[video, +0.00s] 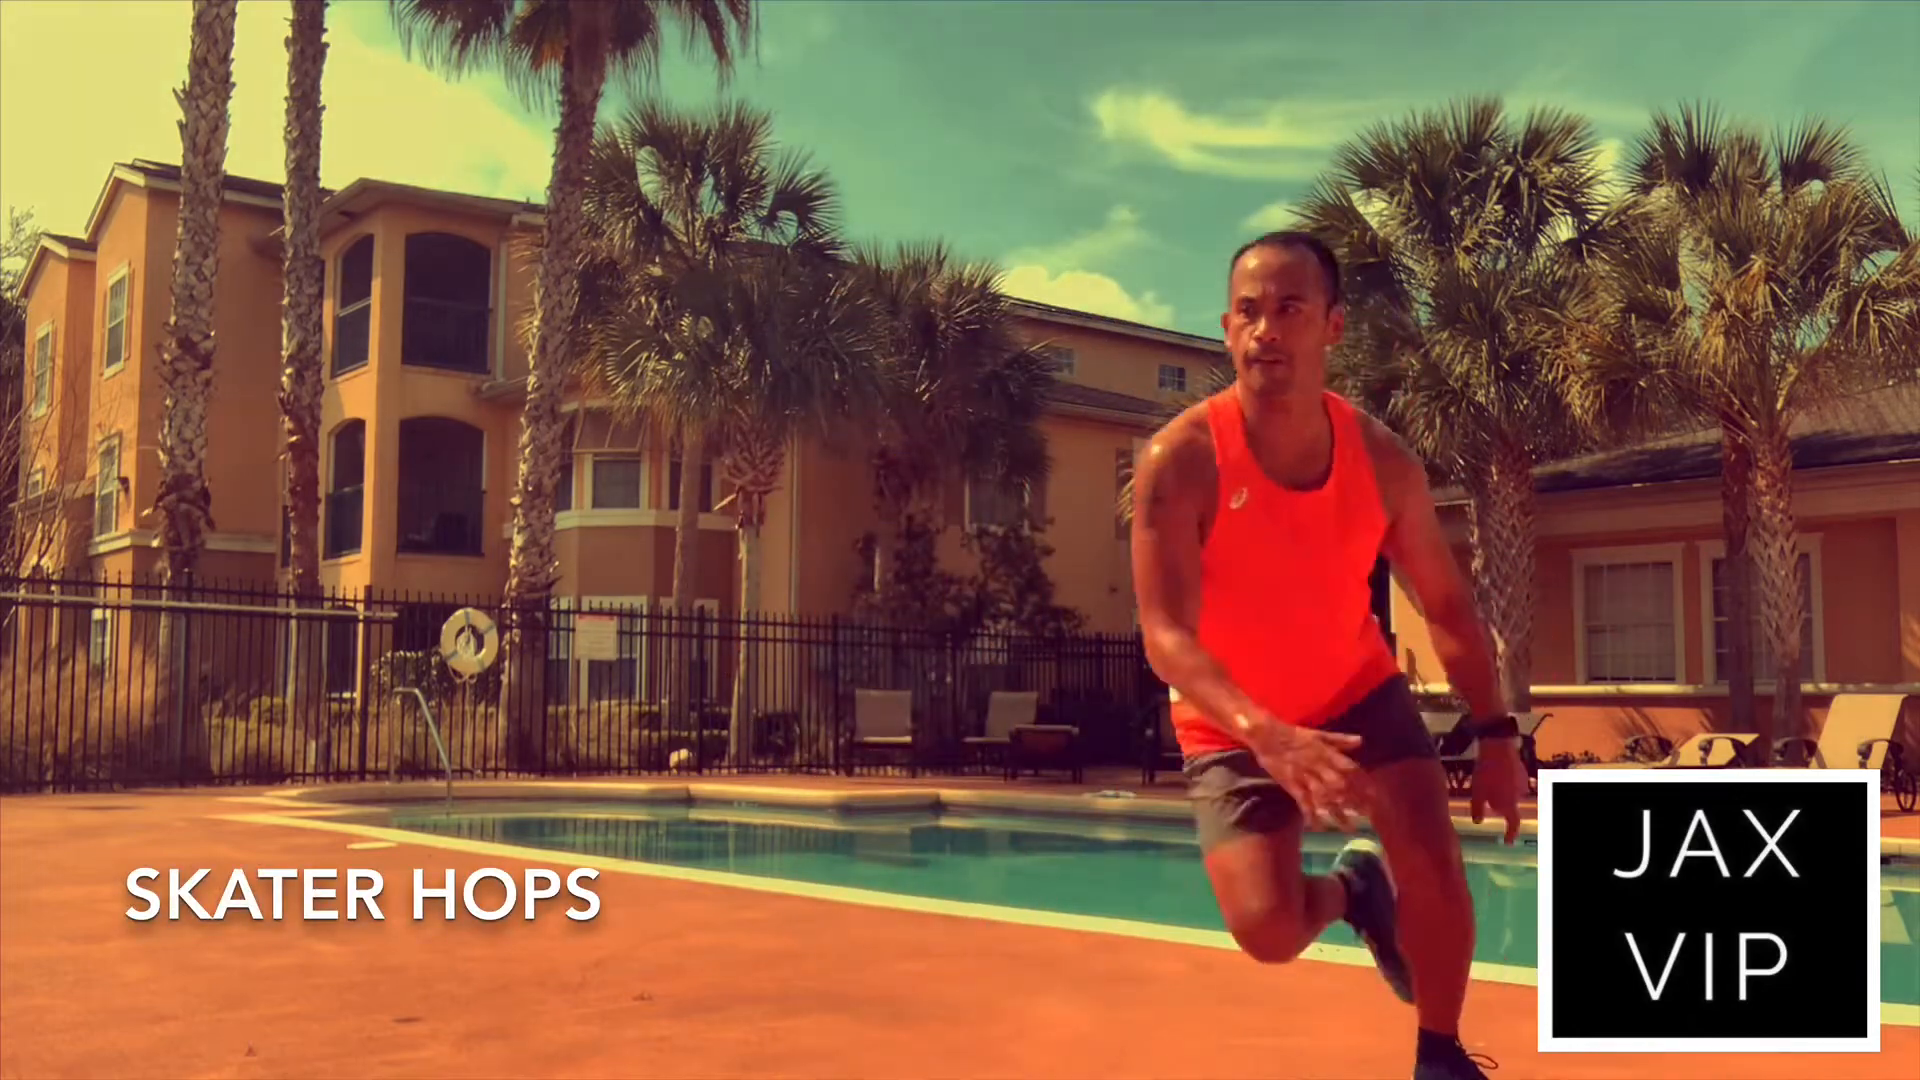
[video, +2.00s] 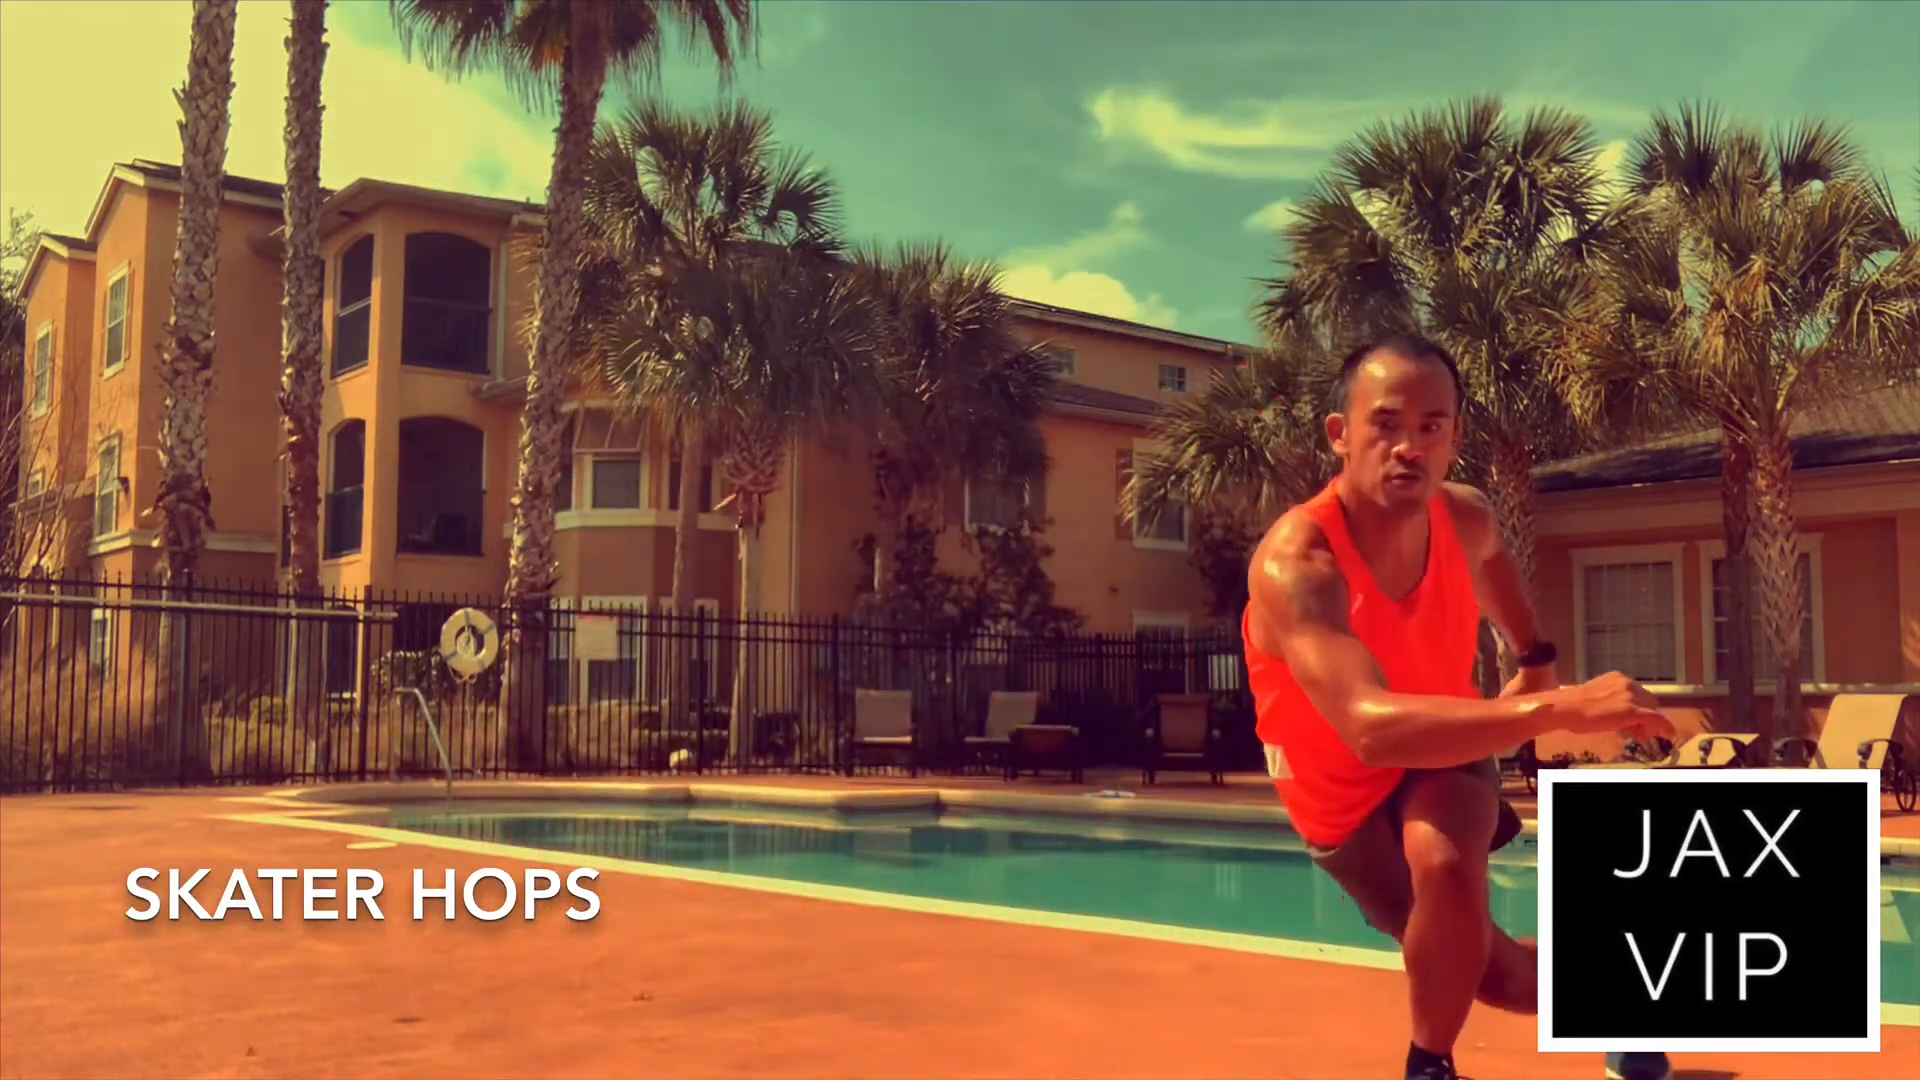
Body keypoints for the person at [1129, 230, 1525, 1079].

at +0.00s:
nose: (1263, 327)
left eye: (1289, 306)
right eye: (1246, 309)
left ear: (1333, 327)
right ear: (1228, 329)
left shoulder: (1381, 461)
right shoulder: (1178, 460)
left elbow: (1447, 606)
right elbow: (1165, 636)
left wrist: (1496, 734)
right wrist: (1265, 735)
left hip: (1356, 692)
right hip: (1225, 718)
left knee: (1431, 863)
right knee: (1265, 933)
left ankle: (1441, 1052)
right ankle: (1358, 891)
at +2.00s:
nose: (1409, 446)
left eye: (1430, 425)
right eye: (1386, 424)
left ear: (1455, 438)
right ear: (1339, 436)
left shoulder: (1464, 518)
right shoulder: (1294, 560)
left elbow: (1490, 570)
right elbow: (1374, 728)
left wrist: (1535, 659)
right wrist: (1556, 709)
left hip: (1446, 746)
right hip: (1339, 798)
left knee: (1442, 855)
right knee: (1484, 966)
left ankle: (1429, 1064)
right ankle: (1618, 1006)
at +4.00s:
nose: (1385, 336)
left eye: (1404, 312)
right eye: (1360, 309)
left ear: (1420, 322)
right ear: (1298, 314)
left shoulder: (1420, 424)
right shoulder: (1231, 452)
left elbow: (1433, 514)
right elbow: (1152, 648)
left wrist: (1453, 622)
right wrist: (1206, 807)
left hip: (1363, 689)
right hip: (1237, 727)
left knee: (1456, 873)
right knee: (1266, 984)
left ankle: (1478, 1072)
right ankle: (1350, 910)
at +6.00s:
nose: (768, 157)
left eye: (794, 136)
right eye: (746, 128)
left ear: (825, 151)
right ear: (703, 132)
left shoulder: (876, 287)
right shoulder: (627, 268)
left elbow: (1014, 383)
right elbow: (518, 368)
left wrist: (1018, 535)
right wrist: (423, 463)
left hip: (786, 607)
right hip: (626, 606)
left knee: (894, 821)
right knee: (521, 861)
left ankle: (842, 888)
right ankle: (436, 1068)